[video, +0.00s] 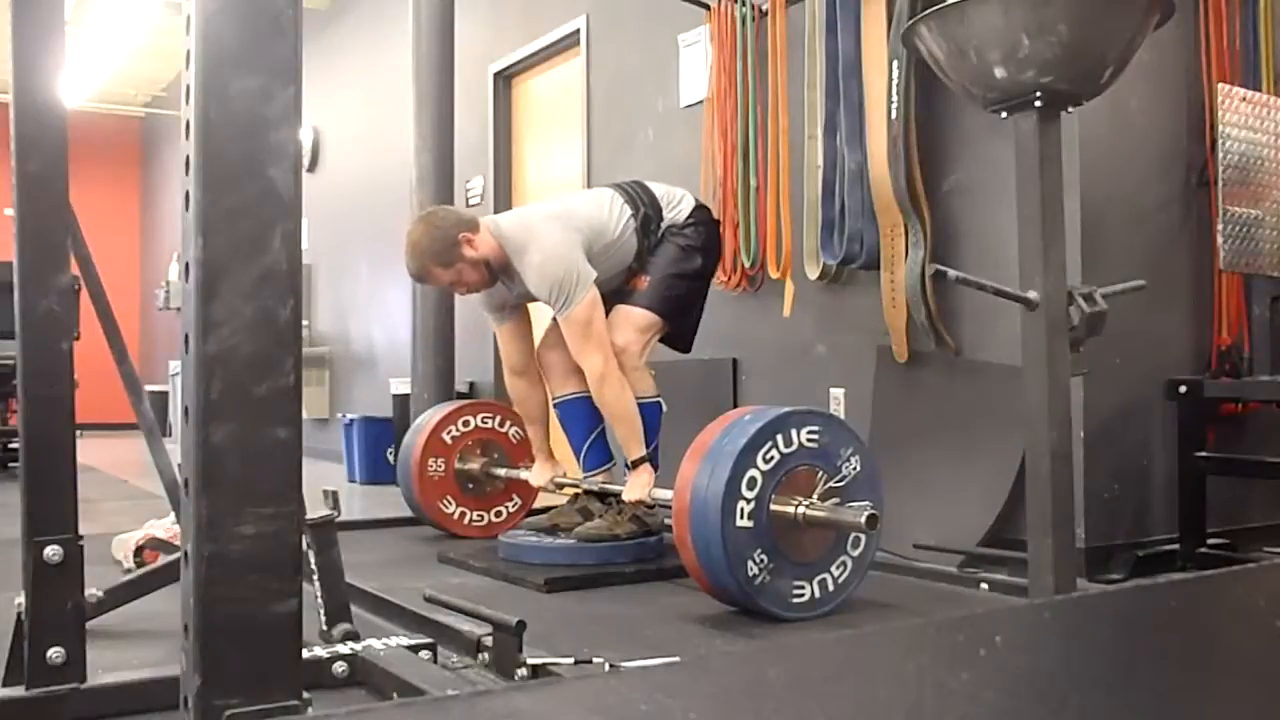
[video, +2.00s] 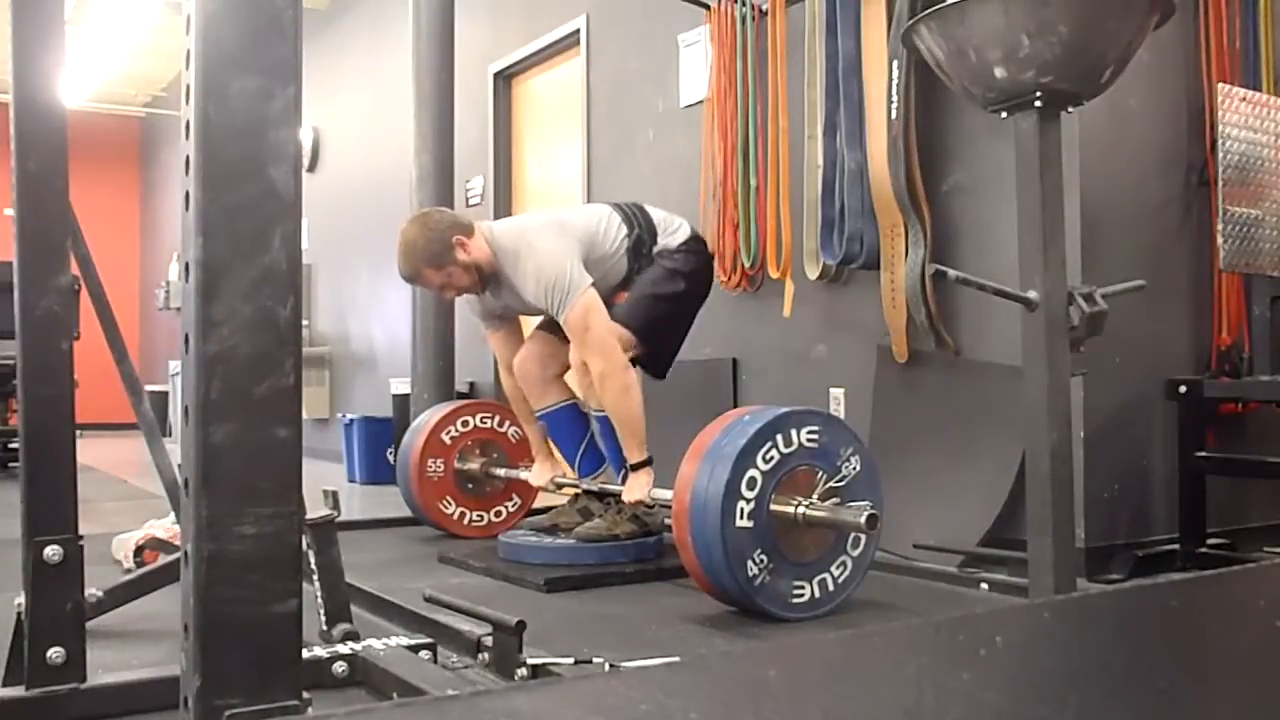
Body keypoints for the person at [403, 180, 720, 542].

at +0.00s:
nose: (461, 293)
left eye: (457, 282)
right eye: (451, 290)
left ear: (469, 244)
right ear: (469, 243)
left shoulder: (546, 253)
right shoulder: (492, 281)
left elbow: (602, 365)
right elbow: (519, 372)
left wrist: (640, 465)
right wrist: (542, 457)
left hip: (680, 226)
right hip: (620, 249)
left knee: (622, 346)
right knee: (554, 354)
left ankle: (642, 492)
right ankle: (601, 488)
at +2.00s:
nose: (450, 295)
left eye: (447, 283)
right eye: (441, 292)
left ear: (464, 245)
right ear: (463, 245)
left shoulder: (541, 260)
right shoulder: (482, 288)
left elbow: (605, 359)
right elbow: (512, 370)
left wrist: (639, 468)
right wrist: (541, 456)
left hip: (672, 254)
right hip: (611, 271)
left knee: (590, 363)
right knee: (531, 365)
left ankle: (633, 494)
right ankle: (599, 488)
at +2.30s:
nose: (441, 286)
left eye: (440, 272)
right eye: (432, 279)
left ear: (463, 237)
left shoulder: (544, 264)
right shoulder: (479, 291)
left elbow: (617, 369)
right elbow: (513, 378)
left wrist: (639, 470)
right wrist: (540, 458)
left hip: (670, 290)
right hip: (608, 301)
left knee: (575, 372)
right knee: (515, 380)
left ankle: (626, 490)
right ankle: (591, 485)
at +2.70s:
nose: (438, 276)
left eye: (438, 261)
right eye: (429, 268)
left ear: (462, 228)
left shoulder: (537, 257)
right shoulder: (479, 287)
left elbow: (600, 365)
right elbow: (514, 378)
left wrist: (635, 469)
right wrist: (540, 459)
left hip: (670, 289)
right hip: (607, 302)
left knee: (570, 372)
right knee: (515, 376)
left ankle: (628, 493)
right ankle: (590, 493)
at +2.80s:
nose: (439, 272)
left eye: (439, 258)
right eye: (429, 265)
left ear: (463, 226)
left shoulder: (540, 257)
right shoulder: (481, 284)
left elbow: (601, 364)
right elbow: (515, 375)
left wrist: (636, 469)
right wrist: (539, 457)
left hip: (672, 286)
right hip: (610, 299)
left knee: (573, 371)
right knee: (519, 376)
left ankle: (627, 493)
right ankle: (592, 493)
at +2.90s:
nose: (443, 269)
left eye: (442, 255)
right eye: (433, 262)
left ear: (466, 224)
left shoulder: (543, 257)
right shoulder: (485, 281)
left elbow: (604, 363)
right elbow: (517, 374)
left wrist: (636, 468)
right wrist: (540, 457)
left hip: (675, 282)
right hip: (613, 296)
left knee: (579, 368)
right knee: (522, 375)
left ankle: (627, 496)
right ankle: (593, 495)